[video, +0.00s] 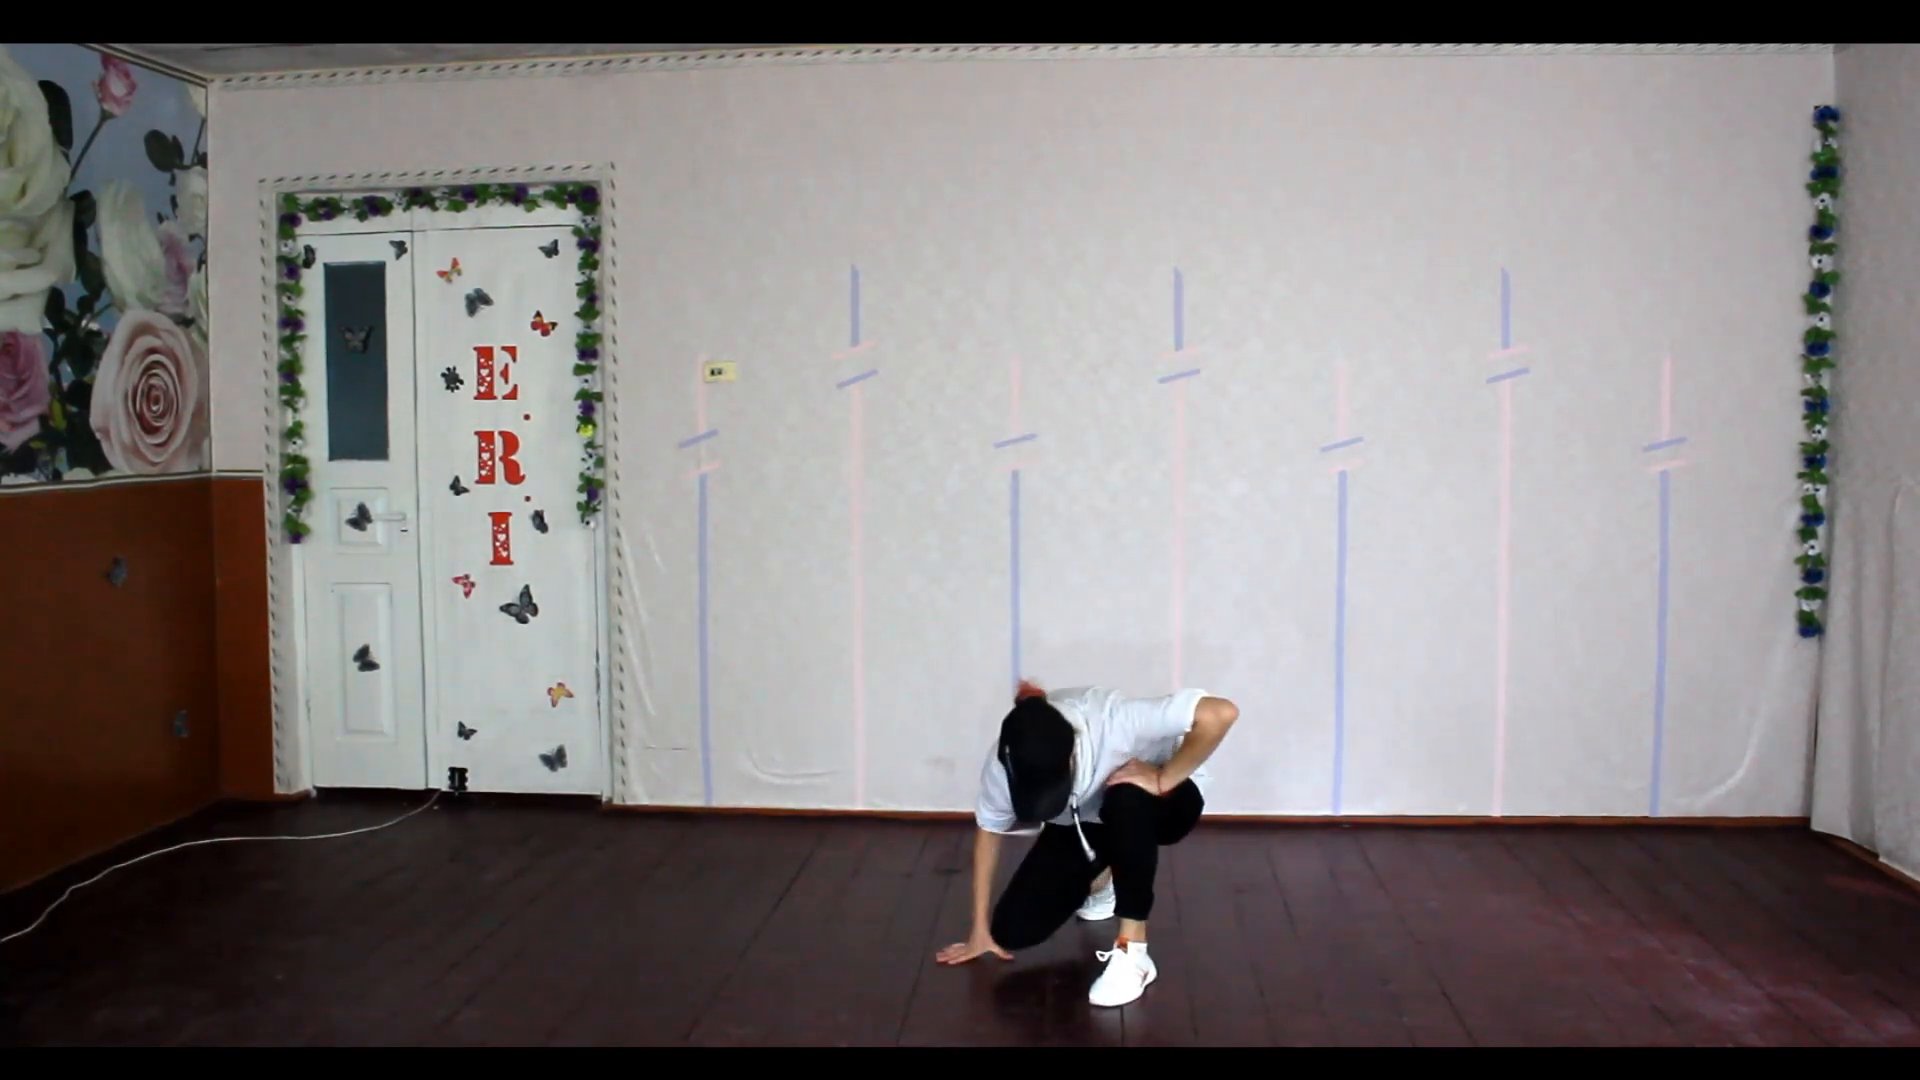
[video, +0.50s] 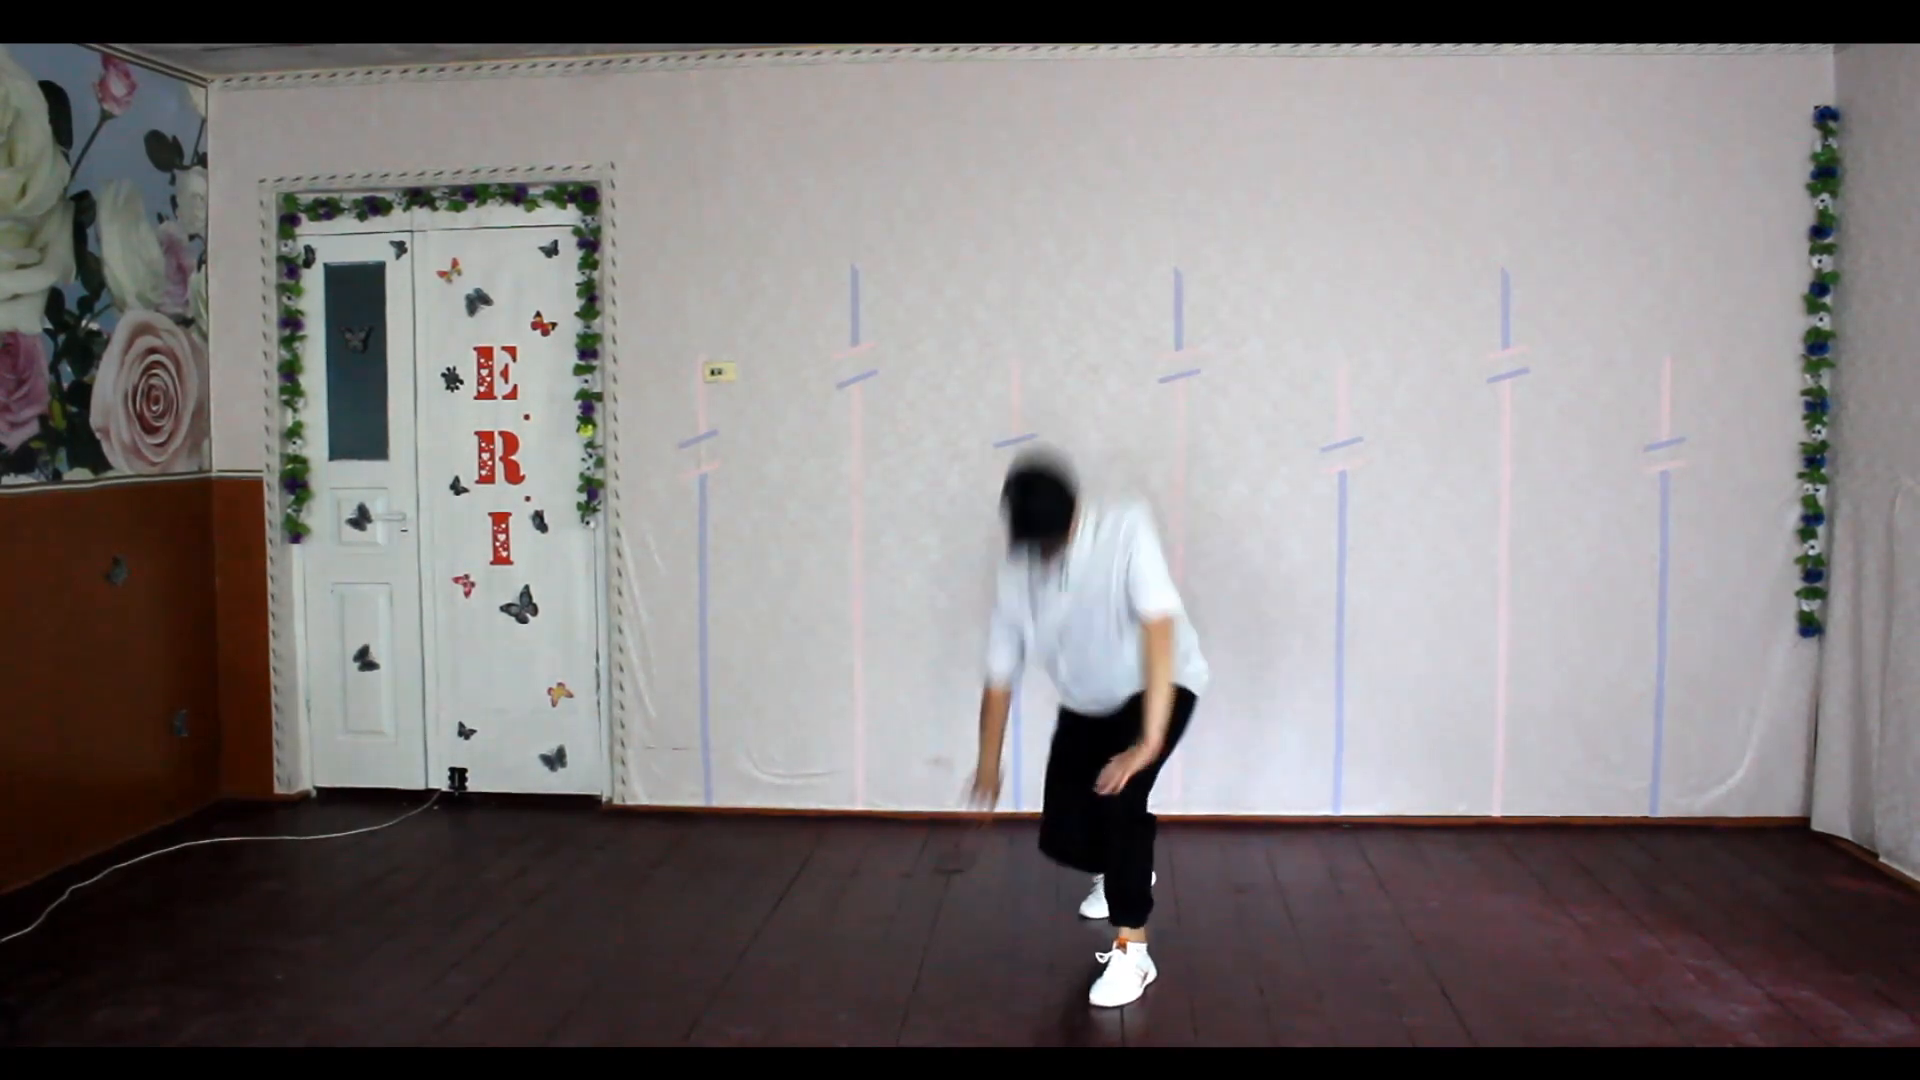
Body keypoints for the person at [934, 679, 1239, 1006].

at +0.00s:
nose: (1051, 799)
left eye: (1057, 787)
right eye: (1034, 793)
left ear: (1071, 752)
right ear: (1008, 761)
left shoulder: (1115, 721)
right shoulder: (1000, 768)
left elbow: (1219, 714)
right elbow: (987, 836)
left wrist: (1166, 778)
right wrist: (981, 930)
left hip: (1158, 809)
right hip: (1080, 823)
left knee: (1123, 797)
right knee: (1011, 931)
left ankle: (1131, 949)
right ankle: (1098, 875)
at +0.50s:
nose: (1047, 551)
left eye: (1054, 539)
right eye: (1035, 543)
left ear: (1071, 515)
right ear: (1018, 529)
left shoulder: (1124, 529)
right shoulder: (1017, 566)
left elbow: (1161, 629)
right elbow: (1000, 674)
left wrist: (1150, 740)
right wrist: (988, 764)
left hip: (1153, 693)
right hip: (1085, 702)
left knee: (1121, 806)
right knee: (1063, 832)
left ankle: (1131, 951)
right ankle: (1126, 868)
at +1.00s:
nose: (1091, 396)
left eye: (1101, 383)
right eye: (1078, 386)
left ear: (1117, 369)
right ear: (1056, 374)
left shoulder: (1152, 425)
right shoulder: (1024, 431)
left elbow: (1167, 529)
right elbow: (1004, 523)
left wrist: (1068, 539)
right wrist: (1073, 542)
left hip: (1125, 639)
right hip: (1043, 636)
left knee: (1116, 779)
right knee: (1050, 782)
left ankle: (1116, 917)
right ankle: (1064, 923)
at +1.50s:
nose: (1036, 486)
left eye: (1045, 475)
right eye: (1025, 477)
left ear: (1064, 455)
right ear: (1006, 460)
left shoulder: (1099, 494)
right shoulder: (995, 500)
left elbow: (1116, 595)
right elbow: (949, 548)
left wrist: (1102, 599)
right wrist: (858, 552)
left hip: (1110, 680)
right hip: (1021, 680)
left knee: (1187, 801)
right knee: (922, 794)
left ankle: (1246, 931)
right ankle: (912, 913)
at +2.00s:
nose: (982, 527)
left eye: (991, 516)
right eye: (969, 519)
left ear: (1007, 486)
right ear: (947, 499)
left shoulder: (1045, 511)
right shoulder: (930, 522)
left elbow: (1090, 603)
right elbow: (877, 535)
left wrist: (1061, 611)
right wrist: (795, 537)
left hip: (1085, 682)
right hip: (996, 682)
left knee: (1174, 794)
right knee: (879, 775)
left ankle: (1237, 929)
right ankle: (896, 901)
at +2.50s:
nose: (982, 531)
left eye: (992, 521)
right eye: (971, 521)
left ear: (1014, 497)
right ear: (954, 501)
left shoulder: (1054, 520)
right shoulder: (940, 529)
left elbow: (1107, 598)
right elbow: (889, 546)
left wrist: (1071, 595)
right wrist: (807, 548)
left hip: (1097, 698)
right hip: (1007, 699)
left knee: (1187, 803)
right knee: (879, 779)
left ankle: (1255, 945)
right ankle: (894, 903)